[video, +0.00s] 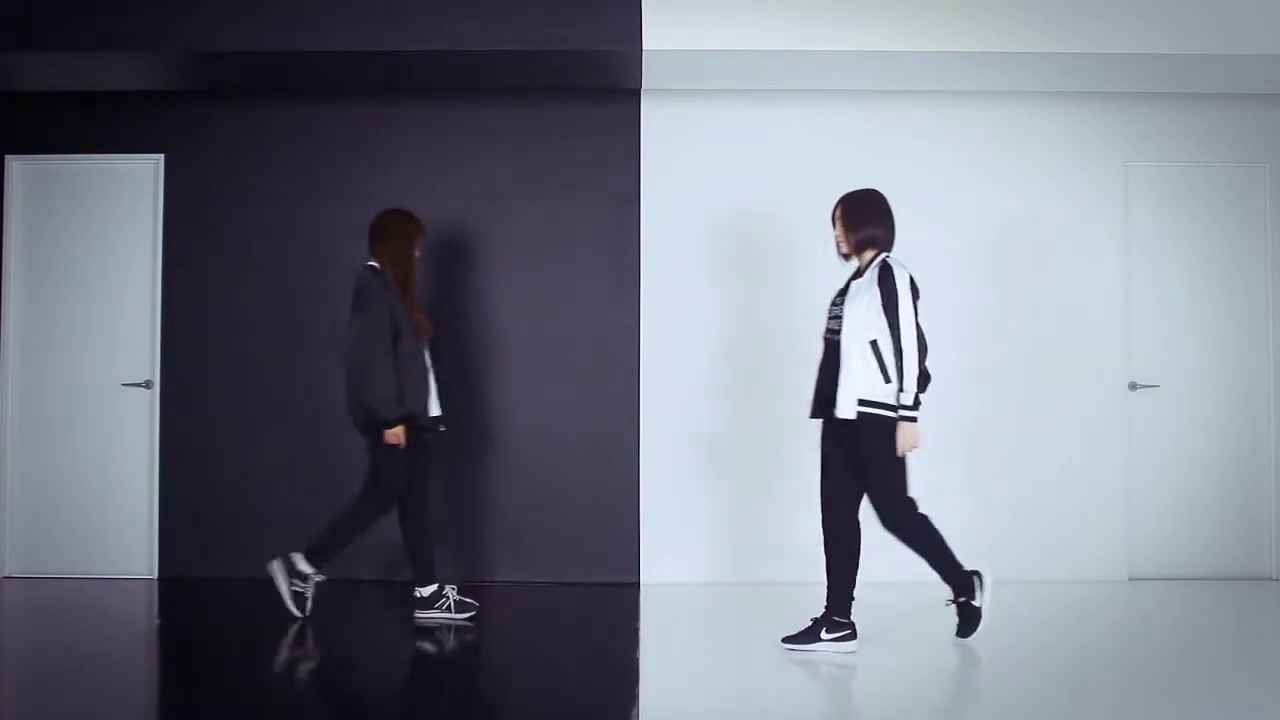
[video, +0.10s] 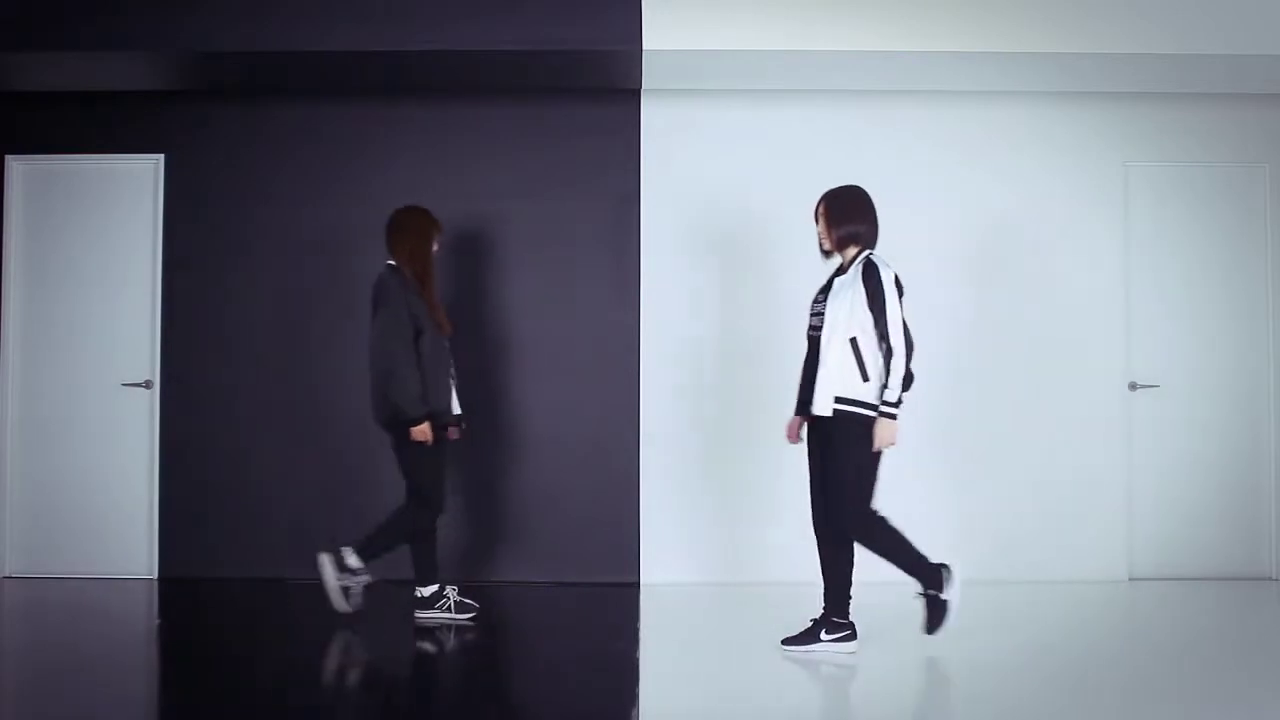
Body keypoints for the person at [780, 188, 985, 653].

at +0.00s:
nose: (835, 233)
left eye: (839, 224)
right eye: (835, 225)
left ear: (861, 225)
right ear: (863, 225)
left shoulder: (891, 274)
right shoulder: (852, 282)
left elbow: (910, 346)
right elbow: (847, 352)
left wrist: (907, 414)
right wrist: (828, 411)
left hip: (877, 421)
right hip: (839, 421)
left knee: (896, 513)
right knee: (838, 518)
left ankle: (964, 585)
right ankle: (837, 619)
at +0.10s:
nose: (818, 229)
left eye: (823, 221)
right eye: (818, 221)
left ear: (845, 222)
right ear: (844, 222)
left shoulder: (875, 272)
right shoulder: (831, 282)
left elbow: (899, 346)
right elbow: (817, 353)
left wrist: (889, 411)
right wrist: (801, 409)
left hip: (857, 415)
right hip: (822, 416)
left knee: (853, 514)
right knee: (828, 519)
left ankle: (932, 577)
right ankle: (836, 620)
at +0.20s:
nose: (804, 230)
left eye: (809, 221)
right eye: (804, 220)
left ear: (831, 222)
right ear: (833, 224)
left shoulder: (863, 272)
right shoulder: (817, 282)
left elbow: (881, 346)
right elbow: (801, 349)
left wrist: (868, 414)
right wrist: (778, 401)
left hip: (841, 415)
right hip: (812, 413)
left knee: (810, 511)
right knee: (823, 514)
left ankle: (885, 567)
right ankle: (834, 619)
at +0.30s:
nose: (791, 229)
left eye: (795, 220)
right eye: (791, 220)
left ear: (815, 221)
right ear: (827, 220)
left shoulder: (850, 273)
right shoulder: (808, 277)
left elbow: (866, 348)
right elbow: (789, 348)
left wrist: (855, 416)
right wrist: (759, 396)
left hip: (824, 415)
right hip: (805, 414)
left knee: (765, 497)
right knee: (823, 511)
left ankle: (839, 573)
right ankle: (835, 619)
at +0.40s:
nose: (777, 227)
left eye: (782, 218)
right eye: (777, 218)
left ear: (803, 219)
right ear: (809, 219)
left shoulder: (836, 271)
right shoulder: (795, 273)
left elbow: (851, 345)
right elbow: (778, 343)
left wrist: (843, 416)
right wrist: (749, 395)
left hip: (811, 417)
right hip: (795, 415)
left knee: (745, 492)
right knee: (817, 519)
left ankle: (777, 597)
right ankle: (836, 621)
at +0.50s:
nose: (762, 231)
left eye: (767, 221)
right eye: (762, 221)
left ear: (788, 221)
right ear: (796, 221)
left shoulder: (821, 273)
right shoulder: (781, 277)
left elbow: (834, 352)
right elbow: (767, 348)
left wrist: (826, 421)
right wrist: (745, 400)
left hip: (797, 421)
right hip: (783, 418)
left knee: (743, 506)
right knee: (811, 522)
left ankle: (719, 615)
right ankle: (836, 620)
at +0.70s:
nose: (726, 238)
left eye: (731, 228)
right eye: (726, 229)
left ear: (753, 228)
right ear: (763, 227)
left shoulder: (777, 275)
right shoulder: (754, 278)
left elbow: (786, 354)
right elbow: (755, 356)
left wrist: (781, 431)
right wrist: (735, 425)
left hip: (756, 427)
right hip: (752, 426)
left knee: (721, 529)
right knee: (793, 525)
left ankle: (682, 629)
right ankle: (833, 618)